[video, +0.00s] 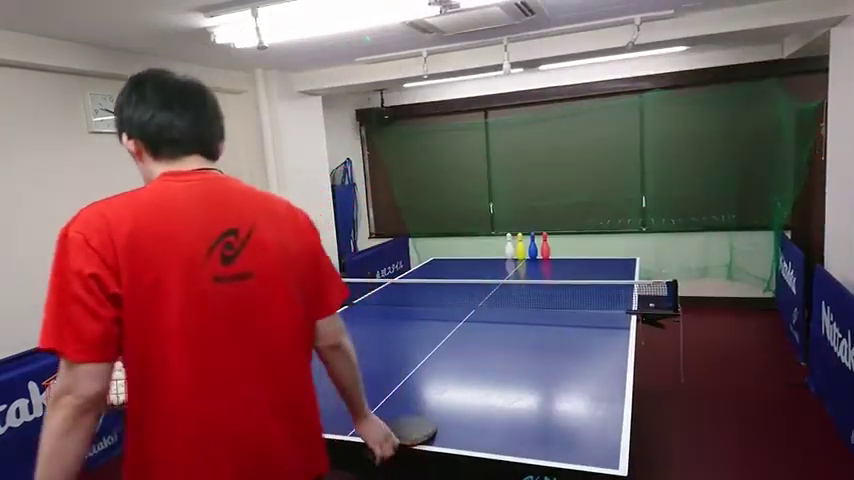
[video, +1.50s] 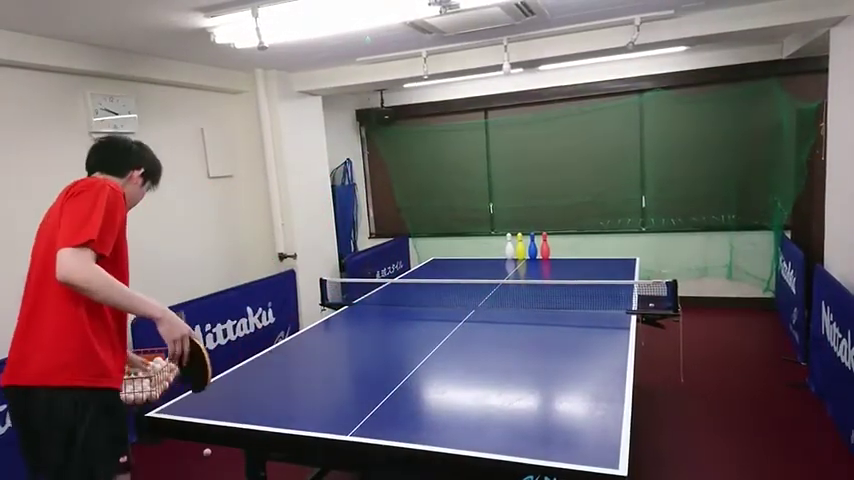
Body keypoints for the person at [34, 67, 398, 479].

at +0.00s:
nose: (126, 152)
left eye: (122, 143)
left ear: (134, 146)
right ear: (219, 145)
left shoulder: (100, 230)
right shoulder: (288, 219)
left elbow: (81, 396)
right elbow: (333, 341)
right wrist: (365, 417)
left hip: (169, 466)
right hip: (292, 463)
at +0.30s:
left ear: (93, 141)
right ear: (173, 142)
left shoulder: (41, 214)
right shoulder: (222, 205)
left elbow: (20, 342)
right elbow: (260, 319)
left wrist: (22, 404)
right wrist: (312, 375)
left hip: (90, 458)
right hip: (204, 449)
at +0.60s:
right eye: (171, 157)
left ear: (96, 153)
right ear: (164, 157)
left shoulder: (47, 213)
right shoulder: (193, 208)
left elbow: (43, 319)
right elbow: (222, 312)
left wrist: (95, 345)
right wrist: (278, 346)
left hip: (93, 425)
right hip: (182, 419)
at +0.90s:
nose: (155, 174)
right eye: (157, 168)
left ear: (92, 158)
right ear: (152, 162)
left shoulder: (52, 210)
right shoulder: (153, 200)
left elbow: (53, 292)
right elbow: (169, 293)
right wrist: (250, 327)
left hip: (80, 407)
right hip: (150, 400)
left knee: (107, 473)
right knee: (179, 471)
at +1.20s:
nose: (144, 198)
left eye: (147, 192)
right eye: (147, 189)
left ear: (95, 167)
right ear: (139, 173)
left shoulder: (60, 208)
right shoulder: (115, 192)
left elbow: (61, 305)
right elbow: (96, 271)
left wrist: (127, 356)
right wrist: (187, 320)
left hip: (43, 390)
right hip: (95, 386)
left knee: (67, 472)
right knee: (130, 471)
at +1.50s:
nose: (138, 201)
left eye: (145, 193)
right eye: (144, 191)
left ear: (96, 167)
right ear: (135, 175)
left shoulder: (65, 202)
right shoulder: (101, 190)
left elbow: (64, 311)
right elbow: (74, 267)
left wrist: (123, 357)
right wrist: (161, 313)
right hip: (71, 384)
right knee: (97, 471)